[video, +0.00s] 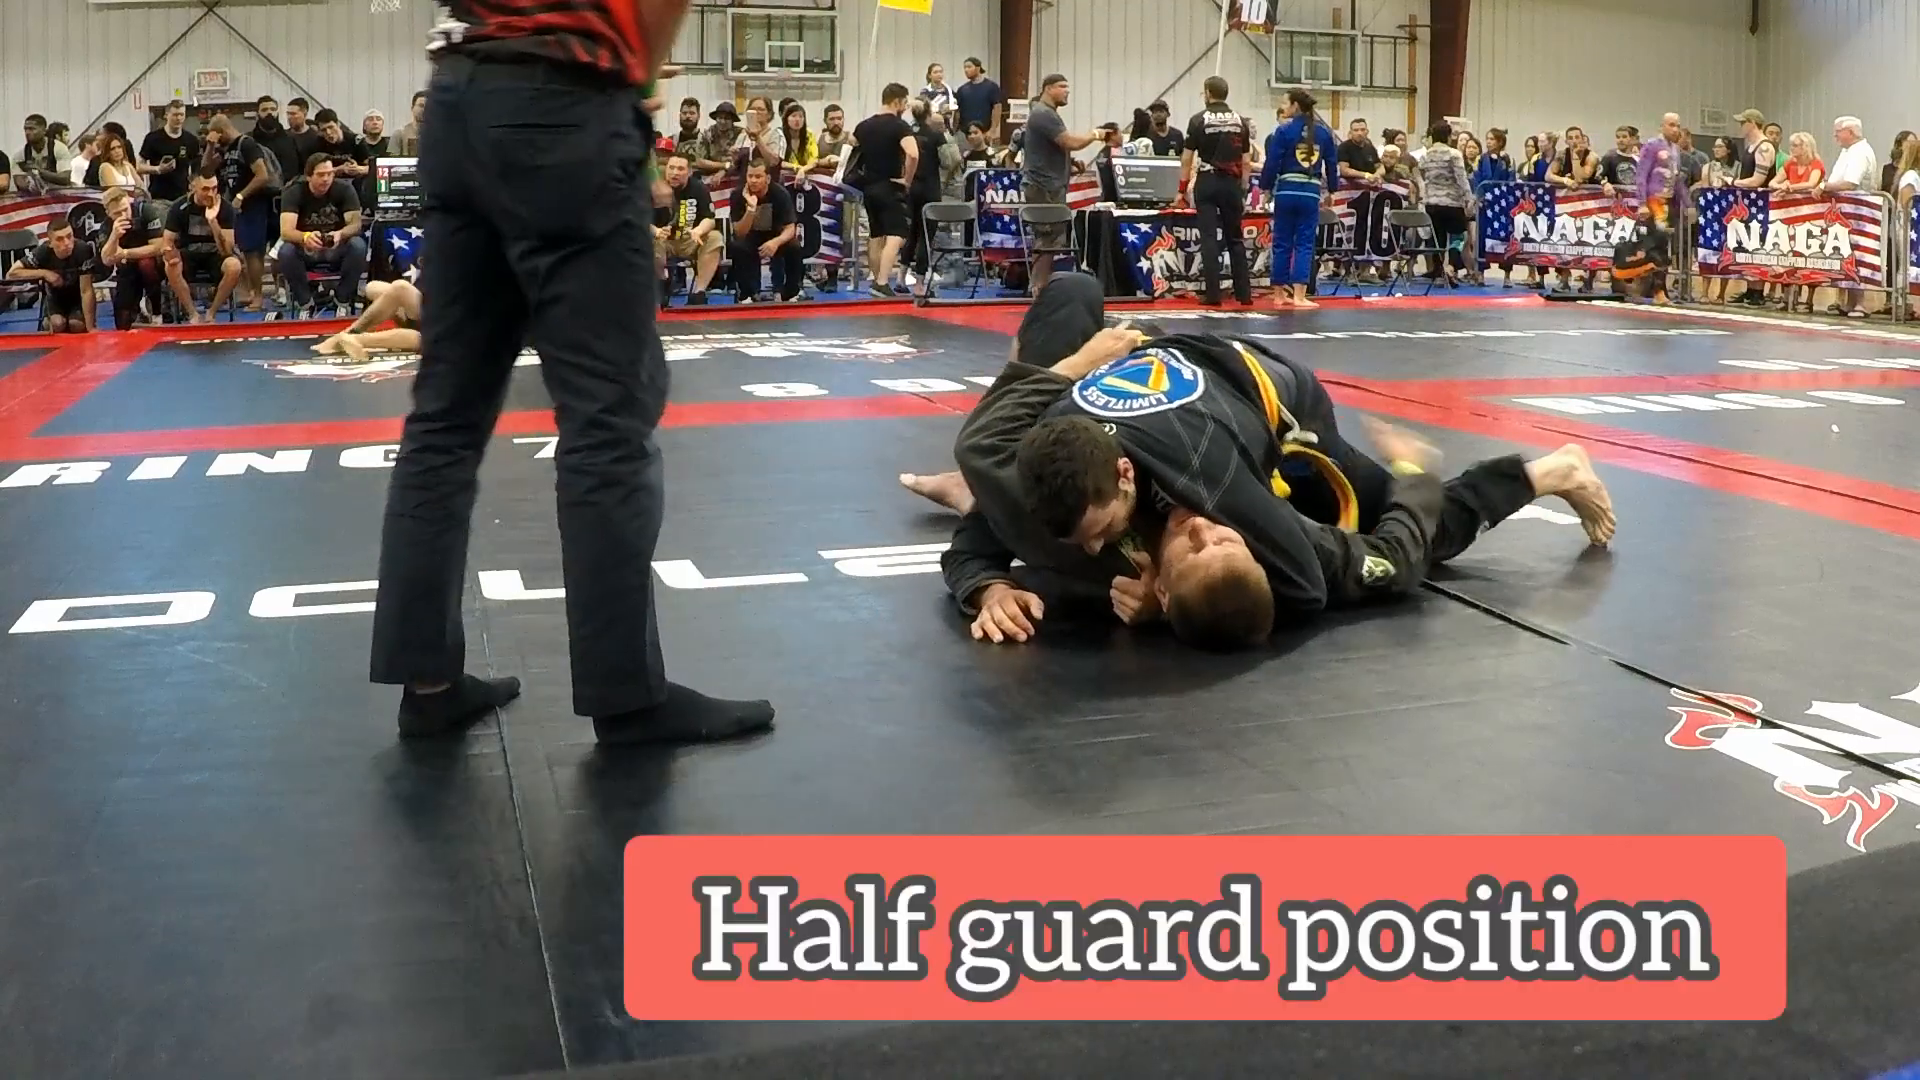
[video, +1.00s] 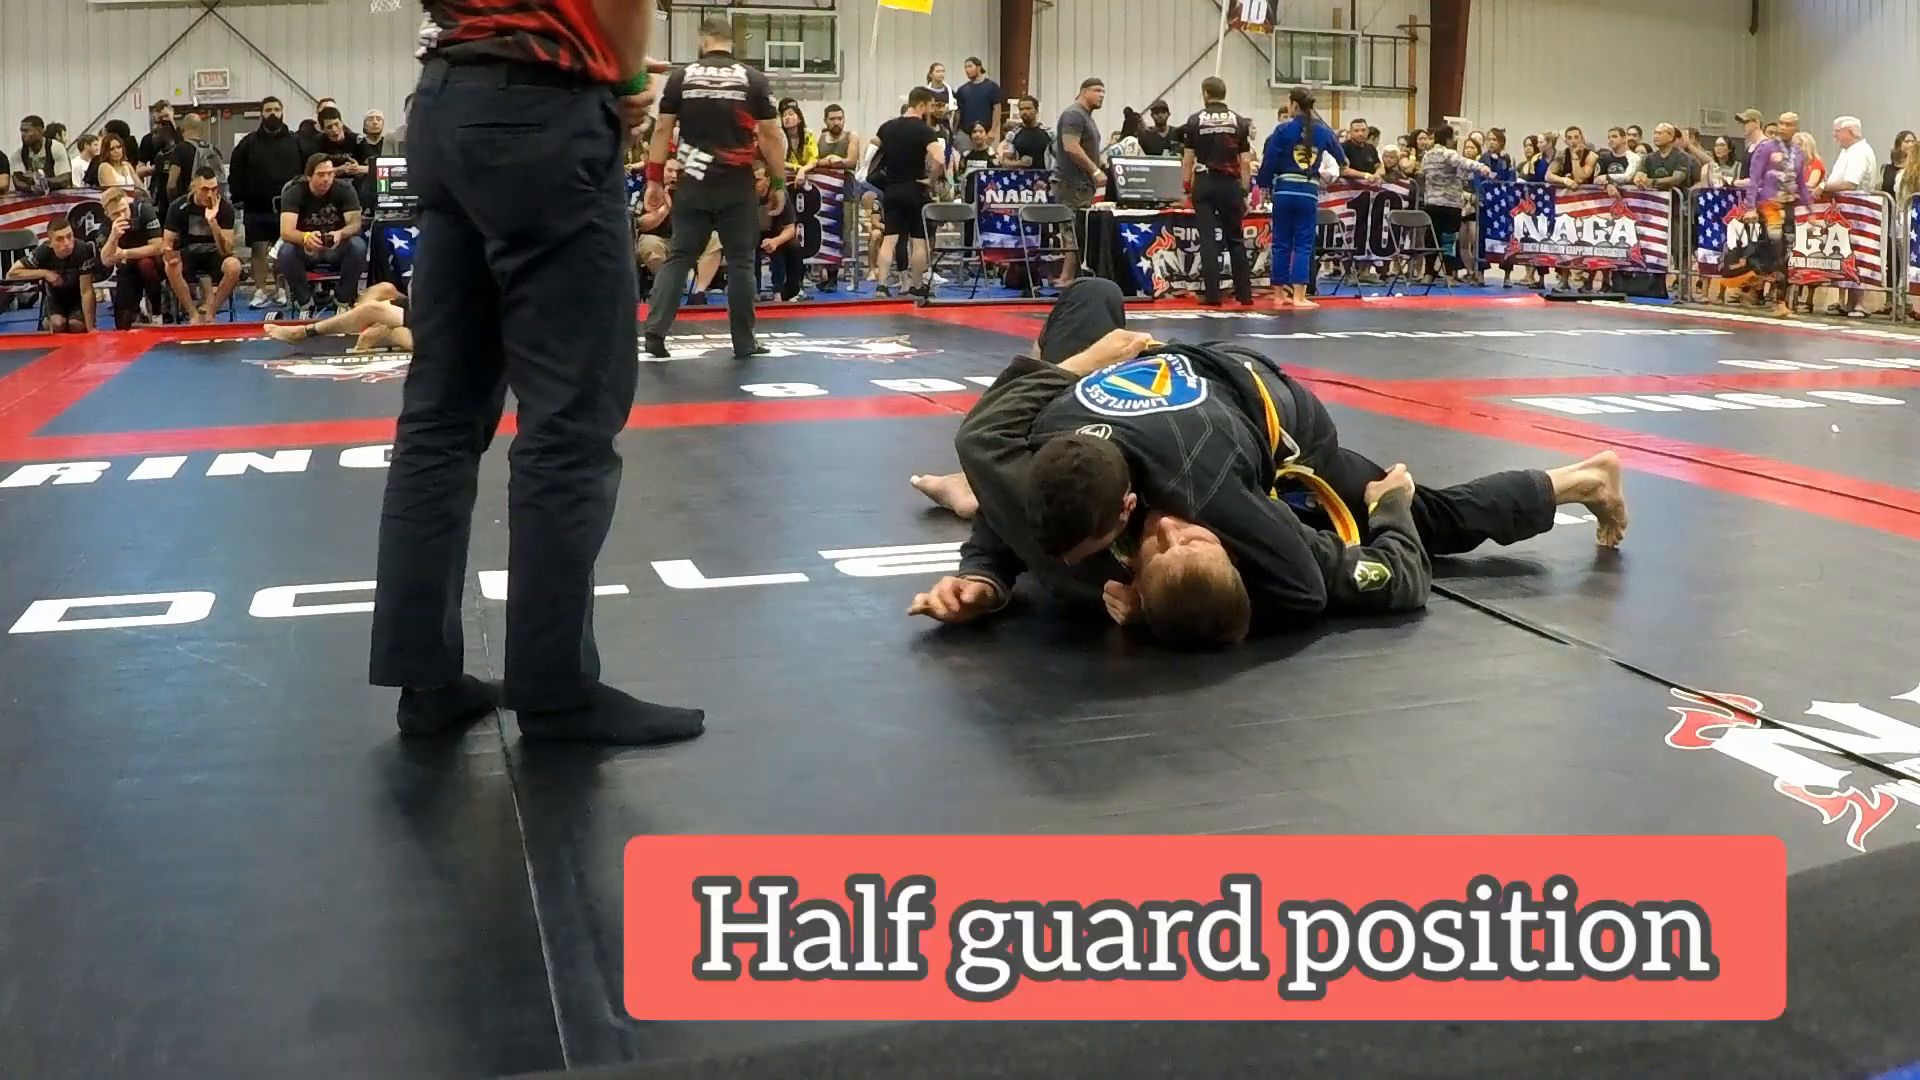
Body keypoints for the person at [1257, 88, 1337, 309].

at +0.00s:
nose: (1285, 108)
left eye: (1287, 104)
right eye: (1286, 104)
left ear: (1296, 106)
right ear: (1306, 106)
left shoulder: (1284, 129)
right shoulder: (1323, 131)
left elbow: (1272, 161)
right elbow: (1331, 164)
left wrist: (1265, 187)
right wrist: (1331, 190)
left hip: (1286, 191)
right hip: (1311, 193)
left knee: (1282, 241)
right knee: (1305, 242)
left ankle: (1279, 292)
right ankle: (1300, 295)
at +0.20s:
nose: (1285, 107)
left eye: (1288, 104)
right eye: (1287, 103)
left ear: (1296, 105)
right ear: (1307, 106)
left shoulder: (1284, 129)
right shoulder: (1324, 131)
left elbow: (1273, 161)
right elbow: (1331, 164)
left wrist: (1266, 186)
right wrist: (1331, 190)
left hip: (1286, 191)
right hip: (1311, 194)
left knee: (1282, 241)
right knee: (1305, 242)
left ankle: (1279, 292)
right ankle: (1299, 295)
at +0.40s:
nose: (1286, 107)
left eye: (1288, 104)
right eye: (1287, 103)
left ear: (1296, 105)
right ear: (1308, 105)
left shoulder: (1284, 129)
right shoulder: (1324, 131)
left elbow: (1272, 161)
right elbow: (1332, 163)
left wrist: (1266, 185)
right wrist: (1333, 188)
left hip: (1285, 192)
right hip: (1310, 194)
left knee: (1282, 241)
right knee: (1305, 243)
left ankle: (1279, 293)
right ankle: (1299, 296)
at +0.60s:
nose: (1287, 106)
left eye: (1289, 103)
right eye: (1288, 102)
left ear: (1296, 104)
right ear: (1308, 105)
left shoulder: (1282, 128)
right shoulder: (1322, 130)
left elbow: (1269, 159)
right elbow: (1335, 156)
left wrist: (1264, 184)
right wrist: (1339, 173)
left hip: (1284, 192)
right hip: (1308, 195)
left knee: (1282, 241)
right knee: (1304, 243)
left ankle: (1279, 293)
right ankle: (1299, 296)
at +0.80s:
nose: (1289, 106)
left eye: (1290, 103)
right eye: (1290, 103)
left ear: (1295, 104)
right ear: (1310, 104)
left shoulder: (1283, 128)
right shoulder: (1324, 131)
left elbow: (1269, 158)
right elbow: (1341, 160)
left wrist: (1264, 183)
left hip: (1283, 192)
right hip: (1308, 195)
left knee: (1281, 242)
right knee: (1304, 244)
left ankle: (1279, 294)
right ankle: (1299, 297)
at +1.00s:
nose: (1288, 106)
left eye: (1289, 103)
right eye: (1289, 103)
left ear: (1293, 104)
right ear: (1310, 104)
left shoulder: (1283, 129)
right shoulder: (1323, 130)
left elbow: (1269, 160)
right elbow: (1341, 159)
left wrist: (1264, 183)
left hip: (1283, 192)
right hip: (1308, 195)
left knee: (1280, 242)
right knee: (1304, 243)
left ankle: (1279, 294)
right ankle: (1299, 297)